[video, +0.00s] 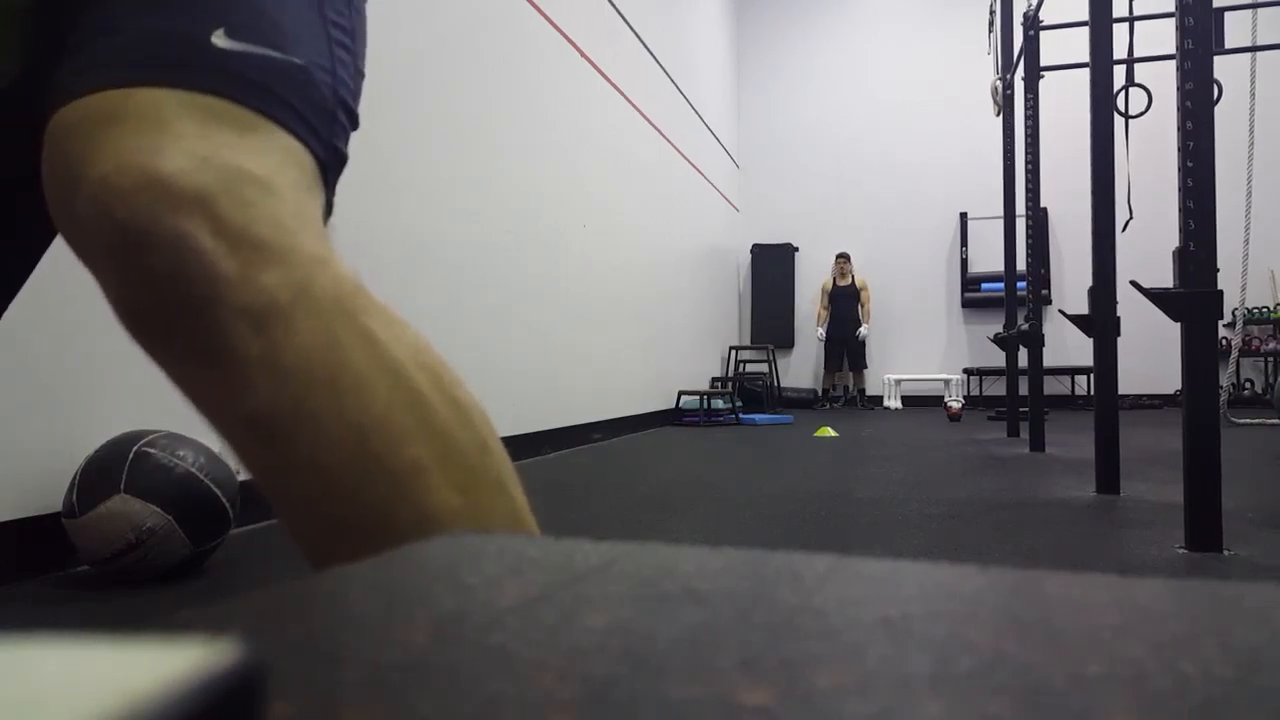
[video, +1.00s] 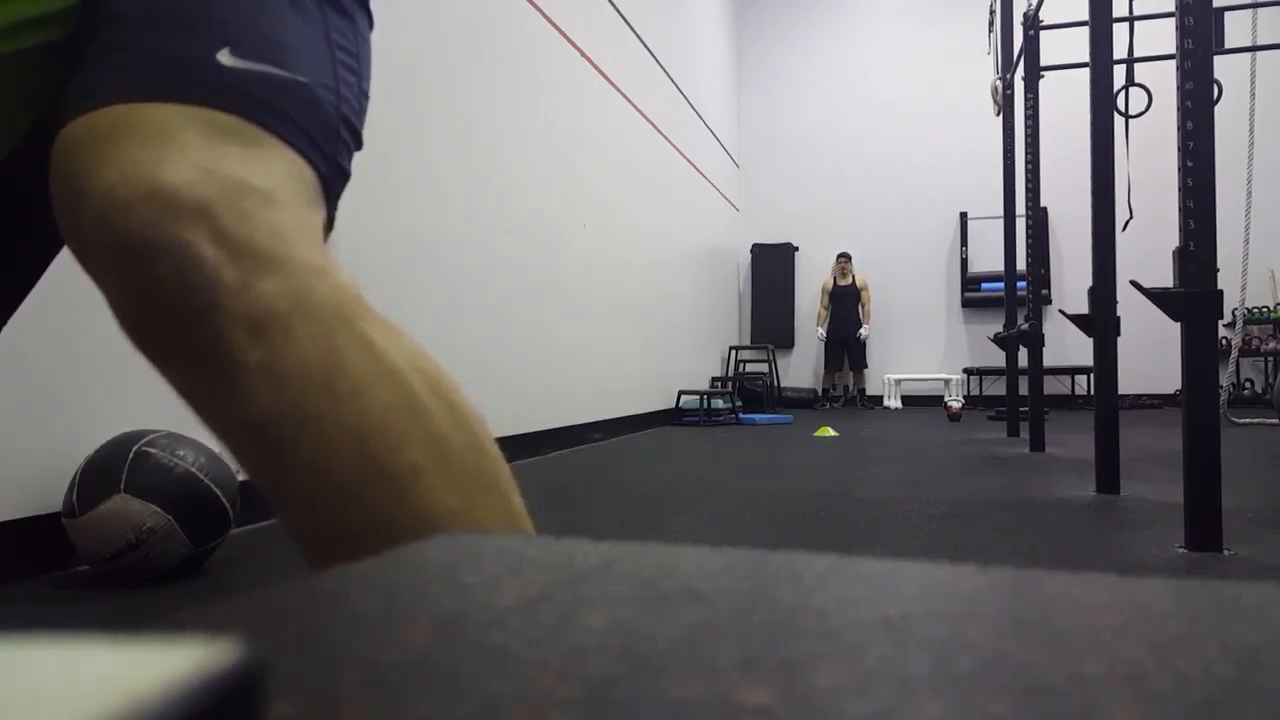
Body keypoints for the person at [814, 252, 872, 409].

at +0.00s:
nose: (841, 266)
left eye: (844, 263)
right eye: (839, 263)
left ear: (850, 265)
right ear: (835, 266)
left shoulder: (859, 283)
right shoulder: (828, 285)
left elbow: (865, 305)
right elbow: (824, 307)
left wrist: (865, 324)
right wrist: (819, 325)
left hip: (854, 331)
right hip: (834, 331)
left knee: (858, 368)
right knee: (830, 368)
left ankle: (861, 399)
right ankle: (825, 398)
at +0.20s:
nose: (842, 266)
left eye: (845, 263)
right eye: (839, 263)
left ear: (850, 265)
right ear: (835, 266)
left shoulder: (859, 283)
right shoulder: (828, 285)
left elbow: (864, 305)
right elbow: (823, 307)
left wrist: (866, 325)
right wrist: (818, 325)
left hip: (854, 331)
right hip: (834, 331)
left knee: (858, 368)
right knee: (830, 368)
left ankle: (861, 399)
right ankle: (825, 399)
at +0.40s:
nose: (842, 266)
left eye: (845, 263)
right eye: (839, 263)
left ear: (850, 265)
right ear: (836, 265)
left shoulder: (860, 283)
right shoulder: (828, 284)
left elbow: (865, 305)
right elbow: (823, 307)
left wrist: (867, 326)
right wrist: (818, 326)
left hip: (854, 331)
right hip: (834, 331)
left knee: (858, 368)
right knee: (830, 368)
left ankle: (861, 398)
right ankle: (825, 398)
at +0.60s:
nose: (842, 266)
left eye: (845, 263)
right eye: (839, 263)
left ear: (850, 265)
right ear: (836, 265)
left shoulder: (860, 283)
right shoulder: (828, 284)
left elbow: (865, 305)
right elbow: (824, 307)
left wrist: (867, 326)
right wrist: (819, 326)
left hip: (854, 331)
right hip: (834, 332)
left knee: (858, 368)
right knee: (830, 368)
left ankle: (861, 398)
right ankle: (825, 398)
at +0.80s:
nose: (842, 266)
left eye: (845, 263)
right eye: (840, 263)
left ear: (851, 265)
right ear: (836, 265)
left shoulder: (860, 283)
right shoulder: (828, 284)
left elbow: (865, 305)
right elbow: (824, 307)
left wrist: (866, 325)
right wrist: (819, 326)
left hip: (854, 331)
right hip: (834, 331)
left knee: (858, 368)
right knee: (830, 368)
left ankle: (861, 398)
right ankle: (825, 398)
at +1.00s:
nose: (843, 266)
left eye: (845, 263)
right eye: (840, 263)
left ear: (850, 264)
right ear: (836, 265)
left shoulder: (860, 283)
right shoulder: (828, 284)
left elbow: (865, 305)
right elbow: (824, 307)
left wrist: (866, 325)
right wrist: (819, 326)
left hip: (854, 331)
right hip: (834, 331)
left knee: (858, 368)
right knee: (830, 368)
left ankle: (861, 398)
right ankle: (825, 398)